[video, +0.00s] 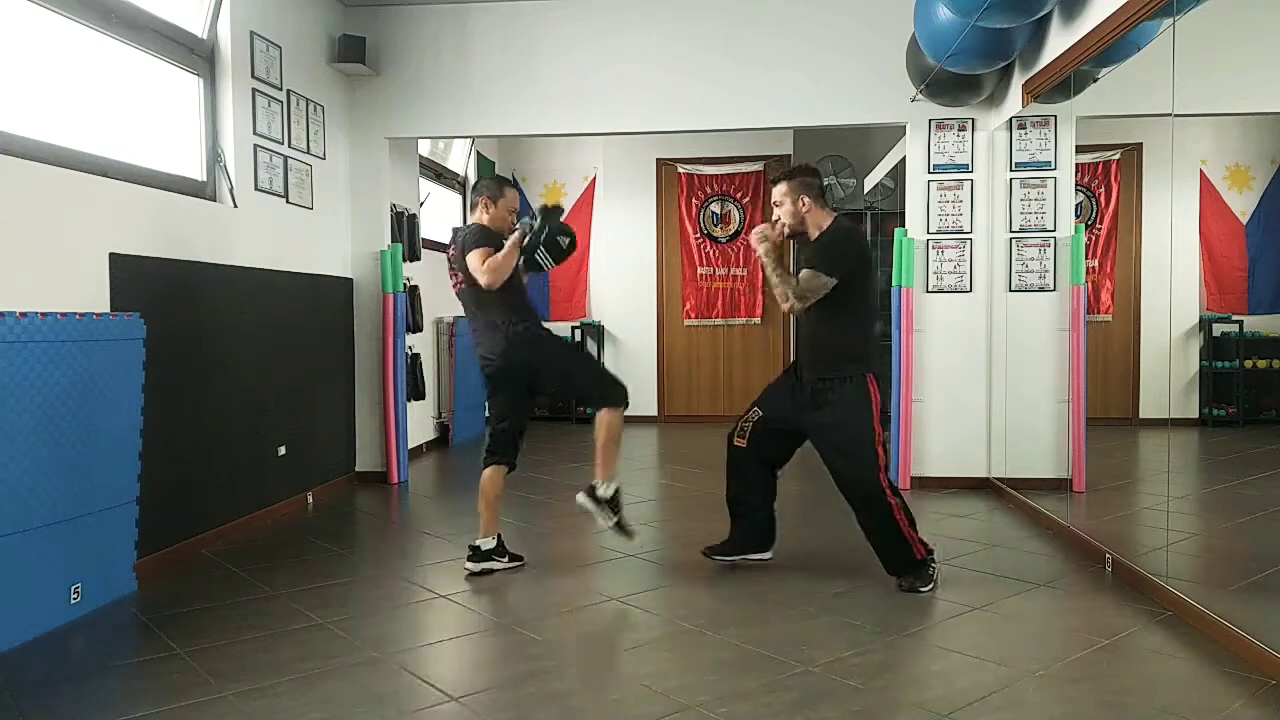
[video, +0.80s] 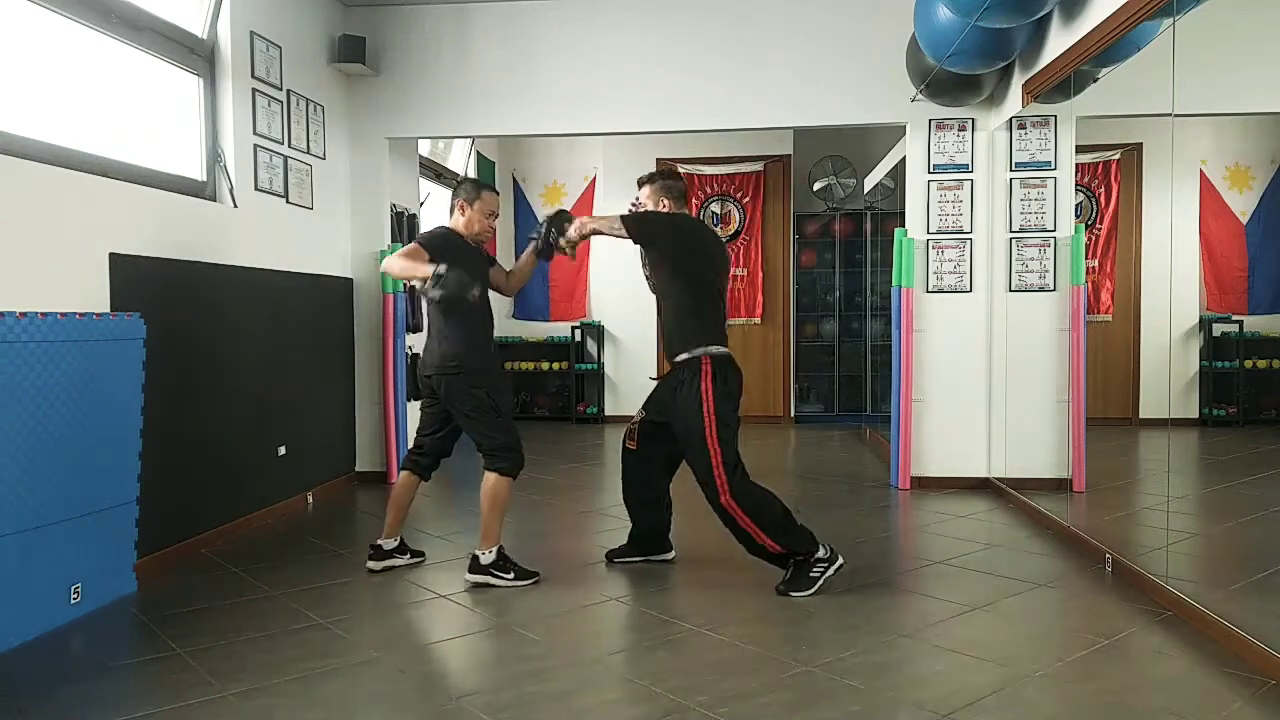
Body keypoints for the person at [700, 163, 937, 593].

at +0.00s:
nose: (776, 213)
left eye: (779, 204)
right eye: (774, 206)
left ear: (804, 203)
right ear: (806, 204)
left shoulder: (844, 240)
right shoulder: (814, 244)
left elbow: (792, 300)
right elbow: (794, 298)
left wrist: (768, 257)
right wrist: (772, 254)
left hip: (848, 383)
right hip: (805, 378)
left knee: (866, 481)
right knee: (747, 443)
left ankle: (915, 564)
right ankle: (752, 540)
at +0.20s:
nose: (744, 200)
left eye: (748, 192)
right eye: (744, 193)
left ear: (772, 193)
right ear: (772, 193)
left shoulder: (806, 233)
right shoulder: (774, 237)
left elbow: (744, 279)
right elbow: (732, 273)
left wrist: (740, 228)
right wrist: (719, 235)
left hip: (810, 375)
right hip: (764, 373)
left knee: (840, 468)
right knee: (719, 448)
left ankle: (899, 546)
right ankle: (716, 543)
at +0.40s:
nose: (711, 208)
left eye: (715, 201)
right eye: (710, 202)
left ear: (739, 199)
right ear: (735, 200)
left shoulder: (781, 239)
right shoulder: (729, 231)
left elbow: (731, 285)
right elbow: (691, 239)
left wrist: (717, 234)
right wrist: (669, 244)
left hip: (783, 374)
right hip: (738, 371)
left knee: (790, 470)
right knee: (687, 443)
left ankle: (825, 564)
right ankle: (688, 538)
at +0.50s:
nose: (692, 211)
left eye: (696, 203)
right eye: (691, 205)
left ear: (722, 203)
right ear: (719, 204)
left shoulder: (763, 245)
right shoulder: (708, 239)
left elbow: (723, 295)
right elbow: (652, 254)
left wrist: (702, 242)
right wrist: (615, 231)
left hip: (763, 380)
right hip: (719, 377)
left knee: (778, 474)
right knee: (668, 447)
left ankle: (826, 562)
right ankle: (671, 541)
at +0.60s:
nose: (668, 209)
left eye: (672, 200)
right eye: (667, 201)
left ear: (695, 199)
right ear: (694, 200)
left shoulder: (738, 239)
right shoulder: (690, 242)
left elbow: (720, 295)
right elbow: (642, 255)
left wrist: (685, 261)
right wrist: (591, 233)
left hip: (737, 375)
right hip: (699, 375)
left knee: (754, 472)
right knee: (651, 449)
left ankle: (828, 554)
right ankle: (658, 541)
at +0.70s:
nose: (652, 206)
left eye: (654, 198)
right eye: (651, 199)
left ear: (676, 198)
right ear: (684, 199)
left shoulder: (698, 228)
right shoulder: (690, 239)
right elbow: (658, 277)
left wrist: (635, 234)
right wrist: (633, 240)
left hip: (716, 368)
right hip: (690, 371)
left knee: (737, 473)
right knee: (647, 450)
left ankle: (819, 548)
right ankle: (651, 542)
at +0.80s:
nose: (637, 210)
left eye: (643, 203)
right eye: (639, 204)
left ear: (666, 203)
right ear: (675, 204)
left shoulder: (684, 228)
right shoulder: (695, 243)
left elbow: (626, 225)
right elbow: (657, 276)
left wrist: (586, 226)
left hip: (706, 374)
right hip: (683, 376)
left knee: (724, 484)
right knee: (641, 450)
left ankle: (810, 555)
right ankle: (650, 541)